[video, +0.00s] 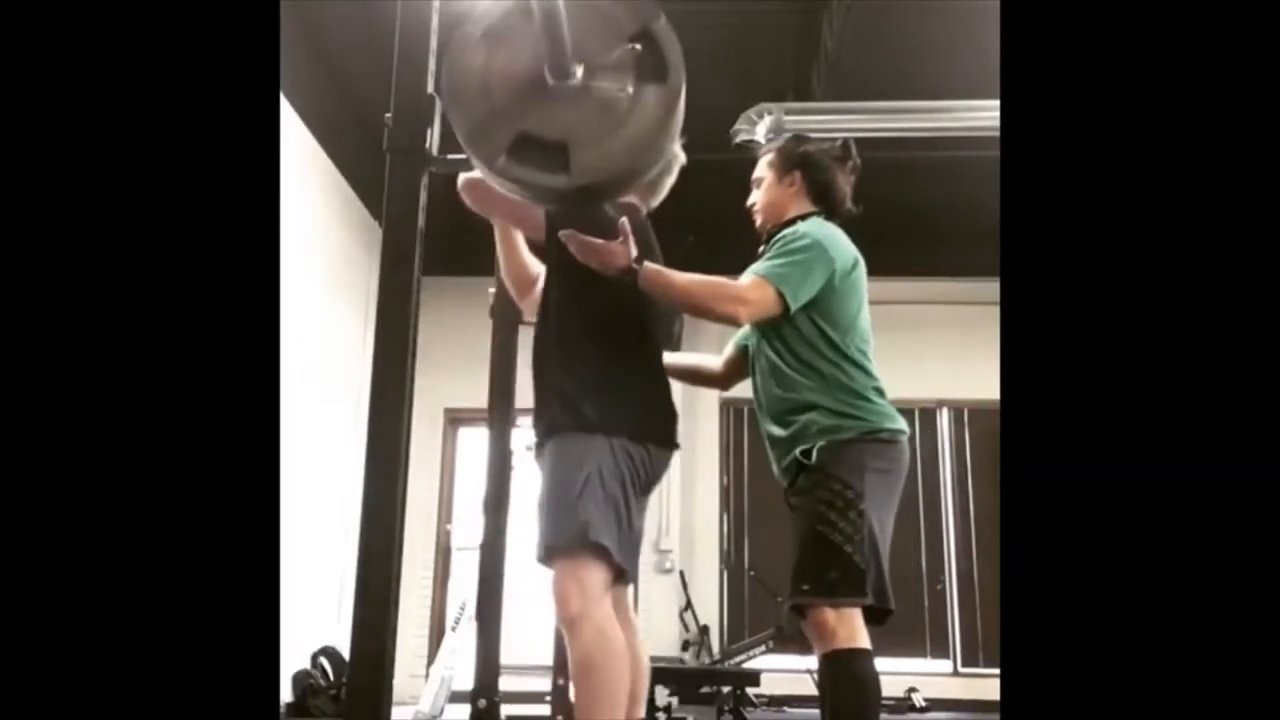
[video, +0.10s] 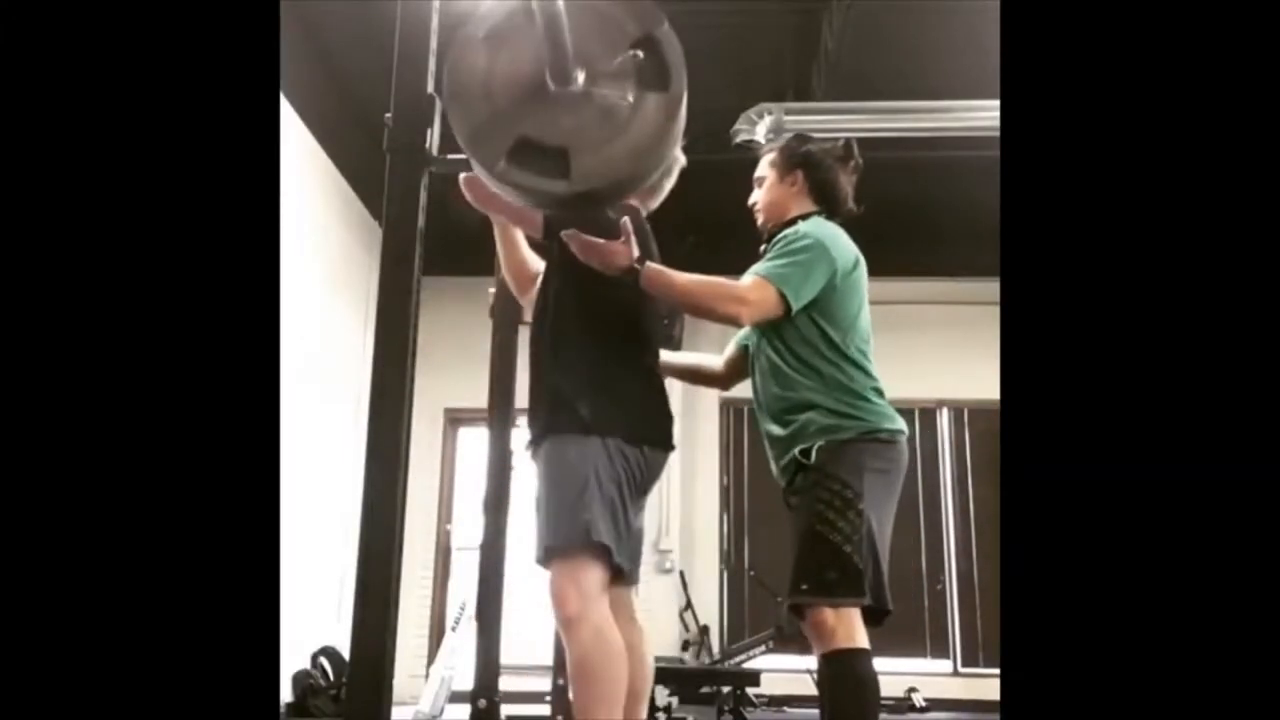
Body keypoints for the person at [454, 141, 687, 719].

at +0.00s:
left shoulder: (601, 215)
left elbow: (472, 187)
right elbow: (530, 294)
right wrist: (505, 208)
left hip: (597, 427)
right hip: (619, 428)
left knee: (580, 600)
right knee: (613, 606)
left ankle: (601, 713)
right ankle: (627, 714)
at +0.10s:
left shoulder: (608, 219)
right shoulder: (588, 236)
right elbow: (530, 288)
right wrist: (501, 211)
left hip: (590, 426)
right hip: (618, 428)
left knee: (578, 601)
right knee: (617, 607)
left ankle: (599, 713)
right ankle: (630, 714)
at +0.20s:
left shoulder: (610, 227)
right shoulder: (587, 235)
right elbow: (529, 294)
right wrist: (501, 216)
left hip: (587, 428)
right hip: (616, 430)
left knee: (576, 602)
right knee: (616, 608)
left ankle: (599, 713)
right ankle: (628, 714)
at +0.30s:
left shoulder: (607, 222)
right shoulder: (591, 235)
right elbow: (529, 296)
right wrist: (499, 214)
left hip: (587, 429)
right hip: (616, 430)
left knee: (576, 602)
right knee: (615, 605)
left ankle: (599, 713)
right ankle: (628, 714)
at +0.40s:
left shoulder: (606, 219)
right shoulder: (593, 235)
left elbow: (473, 189)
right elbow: (529, 295)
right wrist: (500, 212)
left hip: (589, 428)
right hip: (615, 430)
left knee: (579, 601)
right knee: (616, 602)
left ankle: (599, 713)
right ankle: (629, 714)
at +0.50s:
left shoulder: (606, 224)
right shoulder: (590, 236)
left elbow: (473, 191)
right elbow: (529, 296)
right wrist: (501, 214)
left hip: (588, 429)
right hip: (615, 430)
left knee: (578, 602)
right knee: (615, 606)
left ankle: (598, 714)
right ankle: (628, 714)